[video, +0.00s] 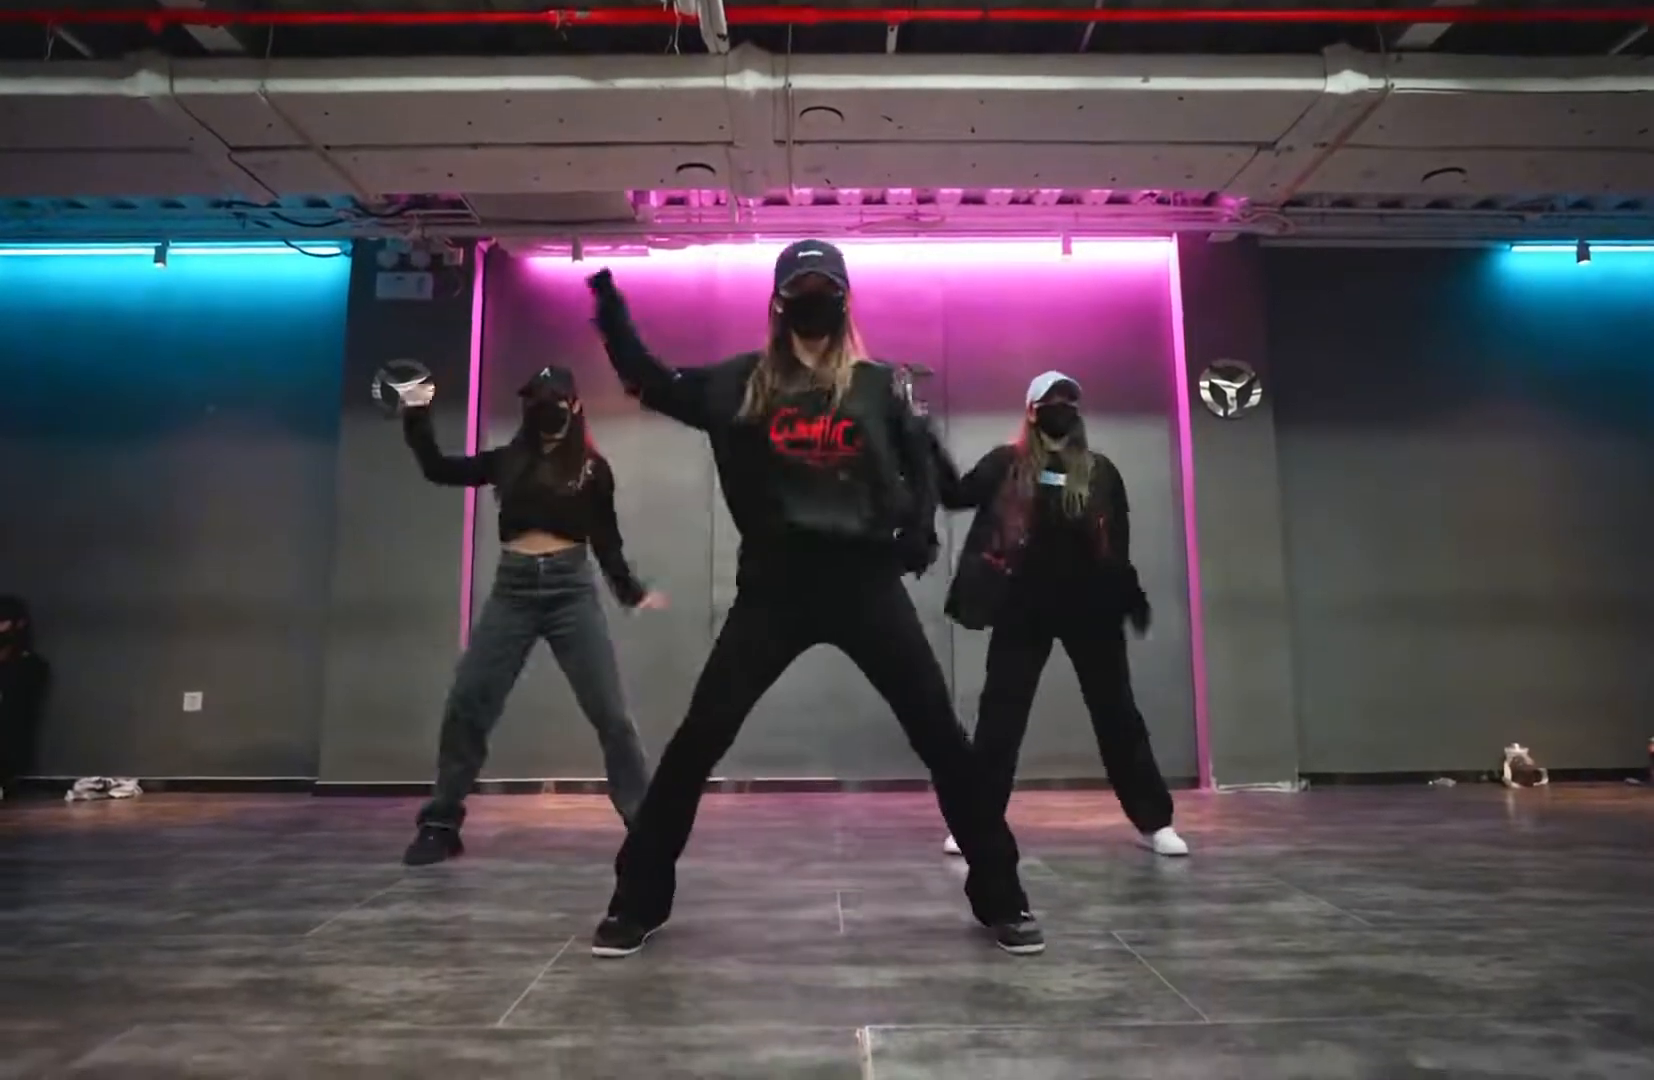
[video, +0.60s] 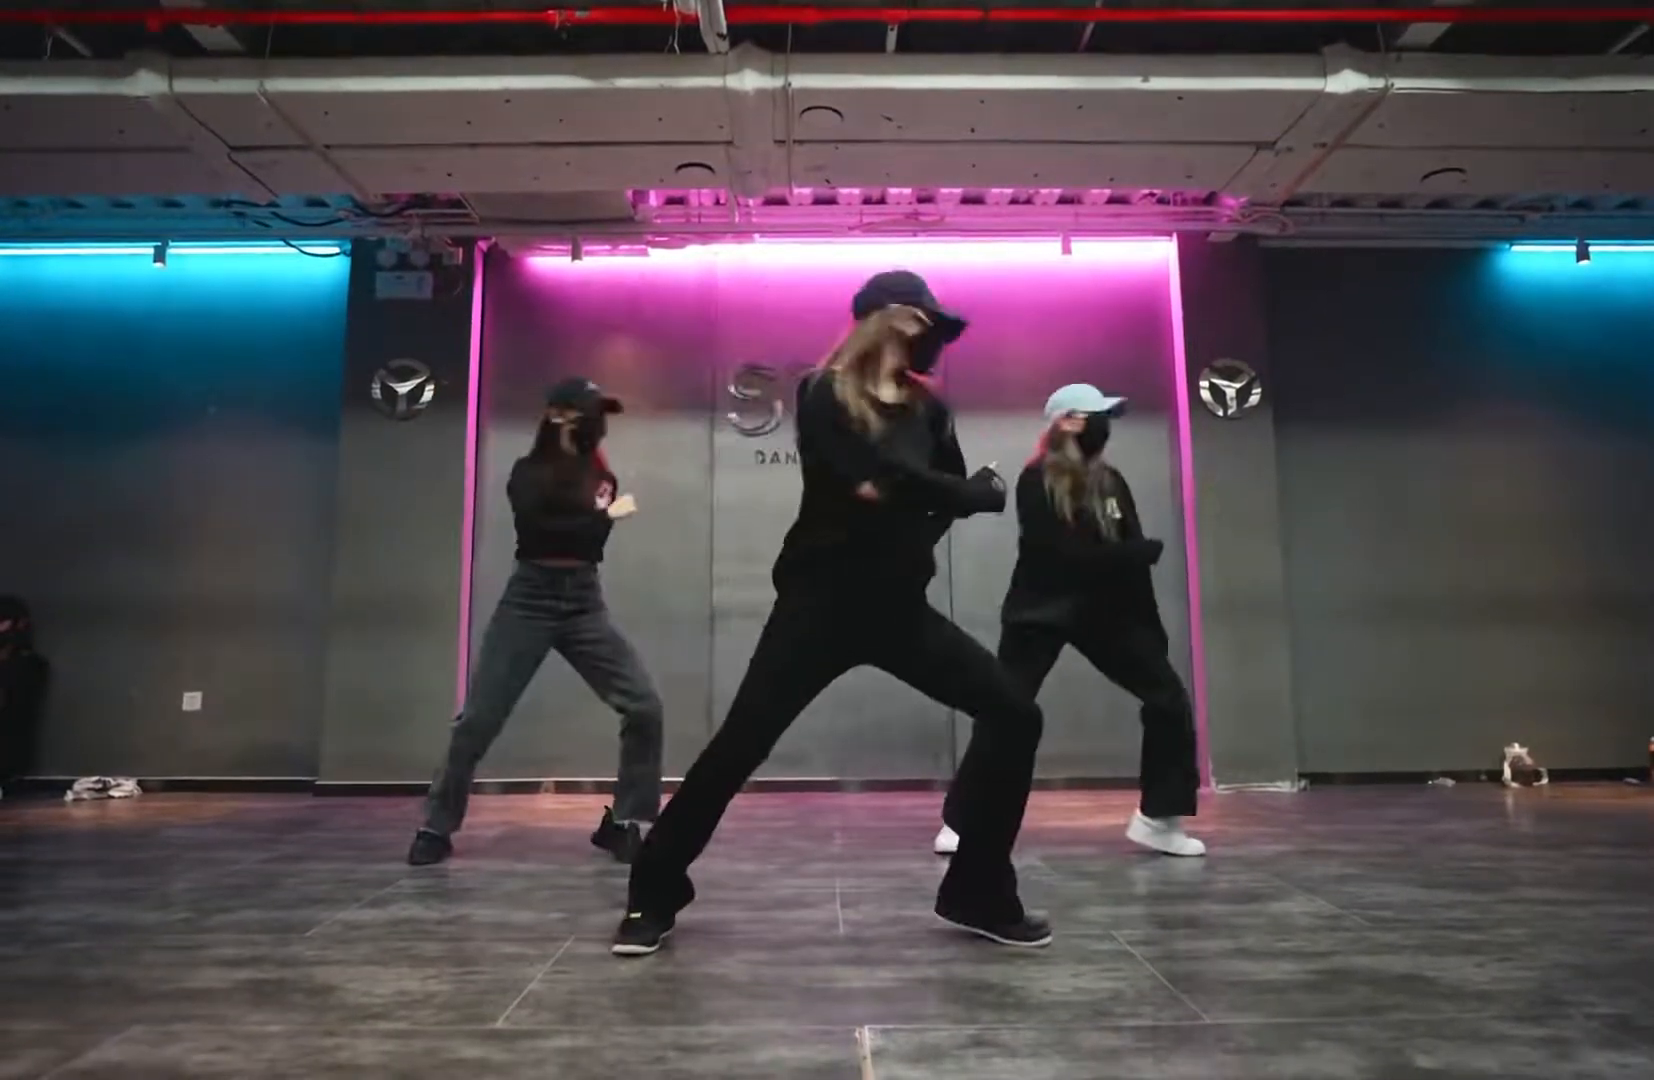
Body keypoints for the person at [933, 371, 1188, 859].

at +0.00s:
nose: (1063, 411)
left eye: (1069, 403)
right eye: (1053, 404)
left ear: (1079, 410)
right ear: (1034, 411)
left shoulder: (1100, 471)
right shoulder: (1007, 462)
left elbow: (1117, 546)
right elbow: (956, 494)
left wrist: (1132, 596)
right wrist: (921, 437)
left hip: (1091, 610)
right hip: (1023, 611)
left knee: (1117, 714)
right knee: (1000, 721)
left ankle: (1157, 823)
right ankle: (972, 830)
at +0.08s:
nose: (1061, 416)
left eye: (1068, 407)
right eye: (1051, 408)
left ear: (1080, 413)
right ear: (1032, 414)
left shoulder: (1099, 475)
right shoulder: (1005, 467)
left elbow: (1123, 539)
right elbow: (954, 508)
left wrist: (1189, 550)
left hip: (1091, 615)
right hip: (1019, 615)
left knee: (1125, 713)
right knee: (991, 721)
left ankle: (1155, 824)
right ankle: (970, 828)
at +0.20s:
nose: (1068, 436)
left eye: (1073, 427)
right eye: (1056, 428)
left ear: (1082, 429)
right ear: (1034, 434)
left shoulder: (1104, 485)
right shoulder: (1003, 486)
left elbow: (1136, 514)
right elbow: (950, 513)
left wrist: (1155, 502)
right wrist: (963, 486)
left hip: (1088, 622)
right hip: (1020, 622)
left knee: (1137, 715)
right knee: (1001, 710)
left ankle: (1165, 820)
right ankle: (956, 812)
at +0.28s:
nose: (1069, 460)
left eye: (1075, 450)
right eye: (1058, 451)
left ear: (1084, 455)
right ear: (1036, 458)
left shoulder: (1108, 516)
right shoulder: (1010, 515)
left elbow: (1151, 560)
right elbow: (963, 565)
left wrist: (1148, 601)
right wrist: (949, 622)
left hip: (1088, 647)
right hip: (1028, 648)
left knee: (1104, 733)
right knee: (1027, 742)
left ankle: (1160, 819)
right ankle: (957, 817)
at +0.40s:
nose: (1060, 481)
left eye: (1067, 470)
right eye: (1049, 471)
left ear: (1079, 471)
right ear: (1032, 471)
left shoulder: (1103, 524)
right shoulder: (1013, 525)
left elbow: (1125, 588)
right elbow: (983, 590)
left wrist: (1140, 644)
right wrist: (981, 650)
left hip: (1090, 646)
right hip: (1025, 648)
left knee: (1137, 732)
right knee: (1014, 733)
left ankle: (1154, 820)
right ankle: (961, 821)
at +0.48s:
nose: (1066, 455)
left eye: (1074, 445)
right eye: (1055, 445)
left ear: (1087, 449)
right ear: (1037, 450)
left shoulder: (1105, 503)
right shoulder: (1020, 506)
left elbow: (1122, 577)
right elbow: (1013, 575)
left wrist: (1128, 642)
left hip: (1094, 629)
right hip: (1027, 631)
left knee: (1162, 710)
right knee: (998, 722)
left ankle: (1155, 820)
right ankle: (959, 820)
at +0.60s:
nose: (1107, 424)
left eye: (1106, 417)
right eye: (1097, 416)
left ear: (1088, 424)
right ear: (1067, 422)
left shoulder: (1109, 481)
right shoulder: (1038, 479)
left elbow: (1131, 560)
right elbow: (1054, 550)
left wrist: (1149, 629)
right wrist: (1136, 550)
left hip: (1103, 615)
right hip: (1040, 613)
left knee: (1169, 700)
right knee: (1004, 708)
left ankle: (1157, 818)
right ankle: (959, 822)